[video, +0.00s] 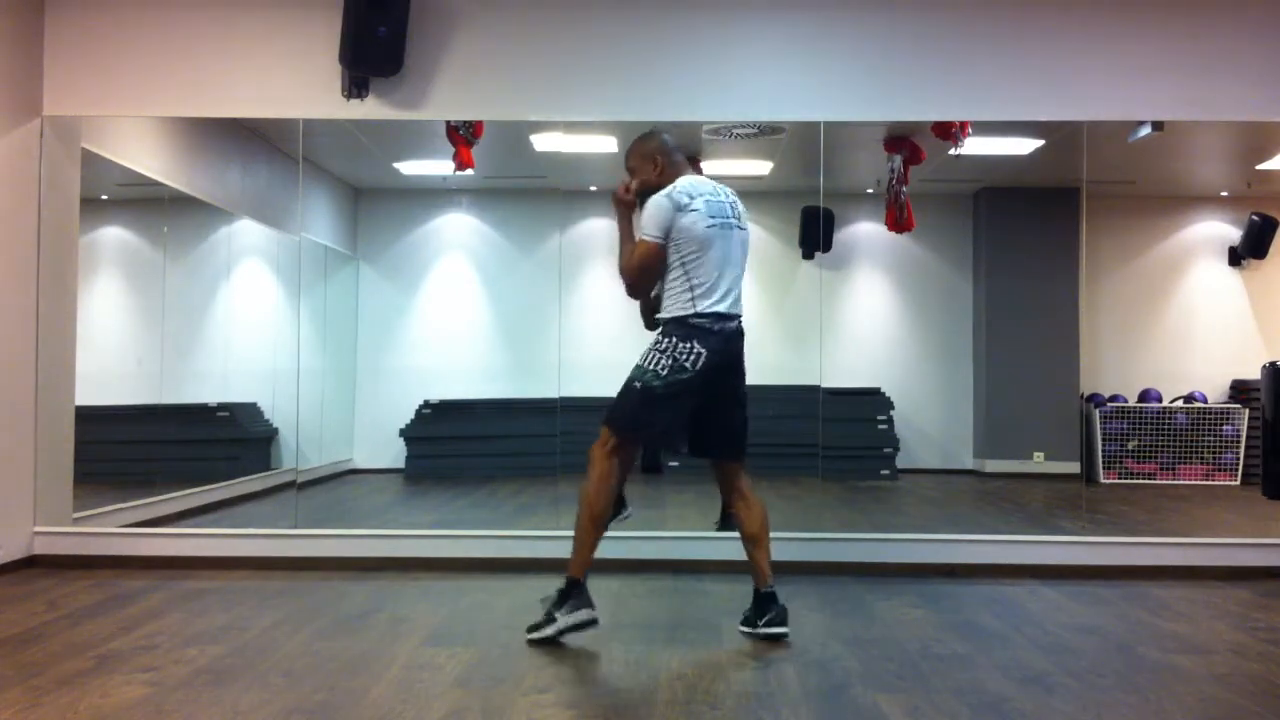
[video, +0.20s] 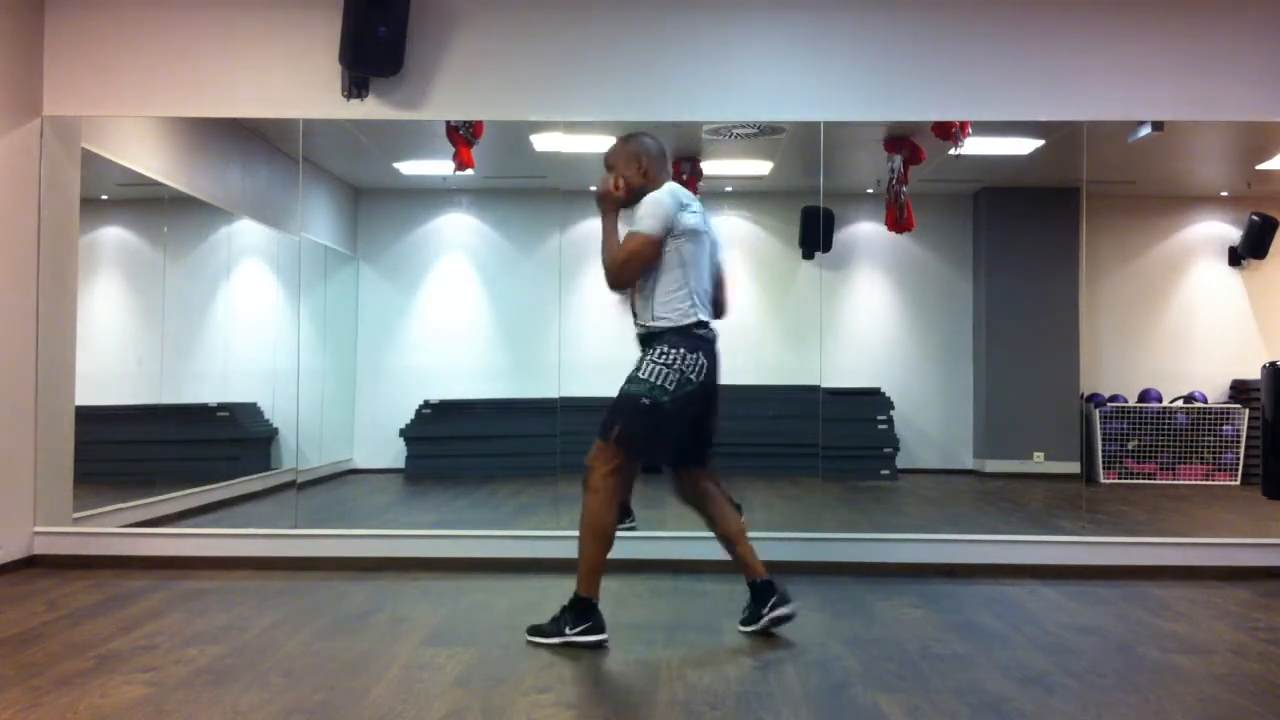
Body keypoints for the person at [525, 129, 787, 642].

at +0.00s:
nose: (632, 183)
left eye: (634, 172)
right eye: (631, 174)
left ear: (658, 161)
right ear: (678, 161)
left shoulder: (668, 199)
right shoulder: (729, 199)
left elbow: (636, 278)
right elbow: (693, 273)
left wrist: (627, 219)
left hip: (682, 342)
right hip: (728, 344)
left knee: (608, 450)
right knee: (734, 477)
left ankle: (573, 591)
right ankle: (767, 600)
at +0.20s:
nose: (612, 183)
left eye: (614, 173)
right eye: (611, 175)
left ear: (641, 167)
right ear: (657, 167)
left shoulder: (659, 201)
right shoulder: (695, 212)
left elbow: (618, 275)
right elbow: (718, 304)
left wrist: (609, 213)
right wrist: (648, 286)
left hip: (669, 354)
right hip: (696, 354)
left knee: (604, 469)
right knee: (692, 477)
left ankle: (583, 609)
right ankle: (763, 587)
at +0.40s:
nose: (620, 168)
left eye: (626, 157)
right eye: (619, 159)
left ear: (656, 159)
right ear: (654, 160)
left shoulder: (694, 202)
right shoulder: (646, 215)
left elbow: (648, 268)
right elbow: (579, 273)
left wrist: (623, 202)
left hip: (669, 352)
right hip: (655, 351)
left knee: (598, 466)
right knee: (676, 480)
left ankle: (584, 609)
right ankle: (763, 581)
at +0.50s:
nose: (620, 164)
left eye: (628, 154)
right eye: (620, 155)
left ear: (662, 157)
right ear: (651, 159)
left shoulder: (695, 208)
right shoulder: (641, 209)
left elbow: (658, 278)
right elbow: (582, 254)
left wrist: (619, 224)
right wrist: (572, 191)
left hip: (671, 354)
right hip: (659, 352)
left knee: (599, 467)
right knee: (688, 479)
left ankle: (584, 608)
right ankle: (767, 586)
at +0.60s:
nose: (622, 163)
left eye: (631, 153)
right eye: (624, 153)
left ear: (662, 159)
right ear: (663, 160)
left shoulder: (680, 210)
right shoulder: (670, 209)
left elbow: (677, 299)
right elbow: (622, 269)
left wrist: (624, 294)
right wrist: (603, 210)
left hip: (666, 354)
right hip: (681, 353)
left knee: (586, 462)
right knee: (702, 477)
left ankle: (580, 604)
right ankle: (772, 590)